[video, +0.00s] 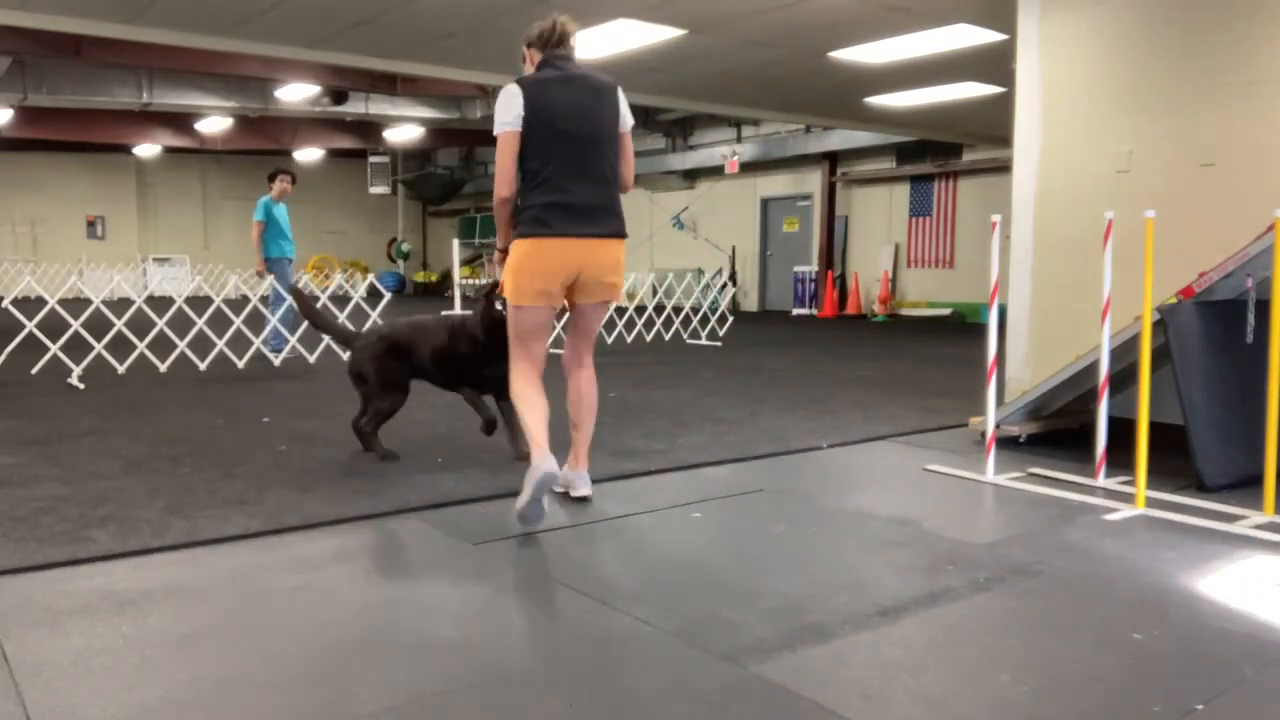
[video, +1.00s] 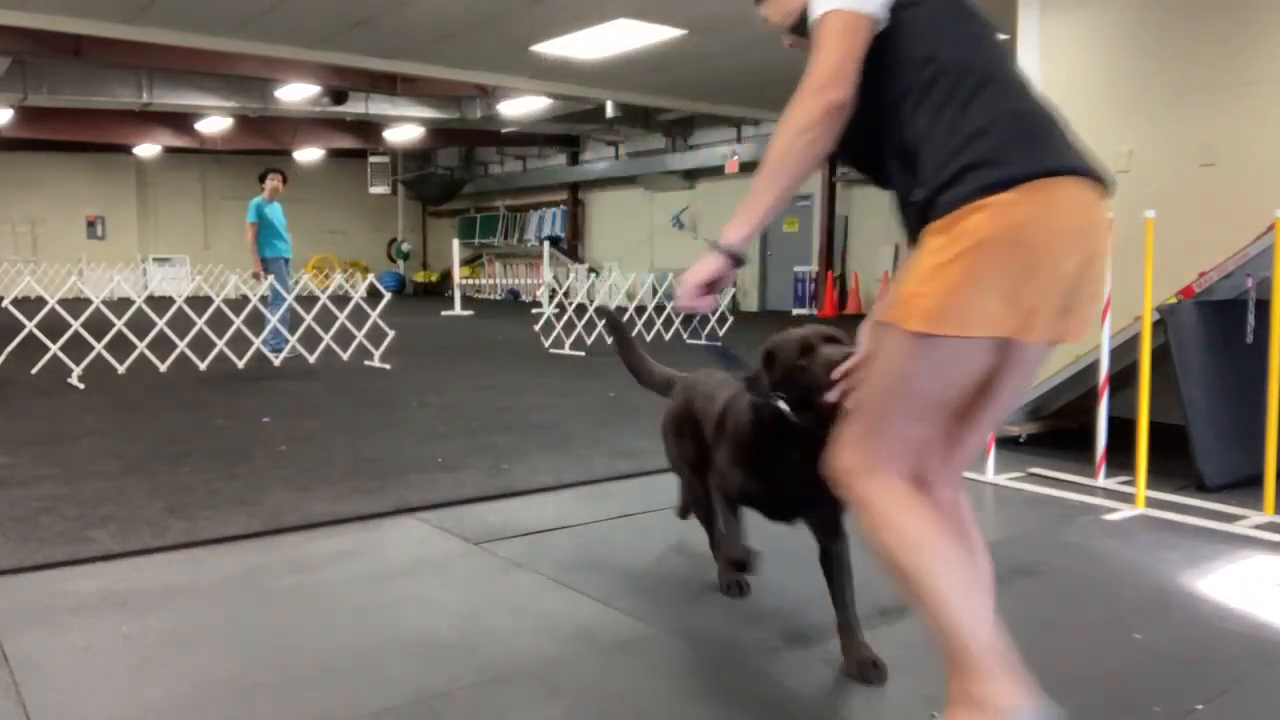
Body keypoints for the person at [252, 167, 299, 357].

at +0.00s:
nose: (285, 186)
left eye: (289, 183)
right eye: (282, 181)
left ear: (291, 187)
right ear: (272, 184)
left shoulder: (283, 206)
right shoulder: (264, 203)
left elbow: (283, 232)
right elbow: (257, 232)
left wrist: (290, 255)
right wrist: (259, 261)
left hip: (287, 256)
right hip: (275, 256)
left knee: (279, 299)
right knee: (284, 298)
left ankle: (274, 340)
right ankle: (277, 342)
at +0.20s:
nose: (282, 186)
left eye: (285, 183)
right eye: (279, 181)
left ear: (288, 188)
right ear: (269, 184)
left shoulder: (280, 206)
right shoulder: (262, 203)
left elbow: (280, 232)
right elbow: (255, 232)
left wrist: (287, 255)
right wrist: (260, 260)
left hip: (286, 256)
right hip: (274, 257)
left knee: (280, 299)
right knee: (283, 298)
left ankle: (275, 341)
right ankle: (277, 343)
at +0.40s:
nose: (279, 185)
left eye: (283, 182)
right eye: (276, 181)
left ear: (285, 187)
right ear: (266, 184)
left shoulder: (278, 206)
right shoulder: (259, 203)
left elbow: (279, 231)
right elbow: (254, 232)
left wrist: (286, 254)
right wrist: (260, 260)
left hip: (285, 256)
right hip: (274, 256)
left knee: (279, 299)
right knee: (284, 297)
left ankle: (275, 340)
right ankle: (277, 342)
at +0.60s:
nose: (277, 184)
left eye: (281, 181)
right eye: (274, 180)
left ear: (284, 187)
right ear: (265, 184)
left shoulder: (278, 206)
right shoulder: (258, 203)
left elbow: (279, 232)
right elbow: (253, 233)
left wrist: (286, 255)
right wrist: (258, 262)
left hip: (284, 256)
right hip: (272, 257)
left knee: (280, 299)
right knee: (283, 297)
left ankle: (275, 340)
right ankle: (276, 342)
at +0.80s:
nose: (276, 184)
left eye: (280, 181)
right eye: (273, 179)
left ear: (283, 186)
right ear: (264, 183)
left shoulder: (277, 206)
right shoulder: (257, 203)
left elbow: (279, 232)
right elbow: (251, 235)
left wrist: (286, 255)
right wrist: (256, 264)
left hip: (284, 256)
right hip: (270, 256)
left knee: (283, 299)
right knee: (280, 298)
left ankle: (278, 341)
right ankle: (275, 343)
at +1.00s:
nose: (276, 184)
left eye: (279, 181)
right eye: (272, 180)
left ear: (282, 186)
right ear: (263, 183)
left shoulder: (277, 206)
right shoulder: (256, 204)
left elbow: (280, 232)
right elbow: (251, 235)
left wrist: (286, 254)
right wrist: (256, 263)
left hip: (284, 255)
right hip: (271, 256)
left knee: (282, 299)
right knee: (281, 298)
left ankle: (277, 341)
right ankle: (275, 343)